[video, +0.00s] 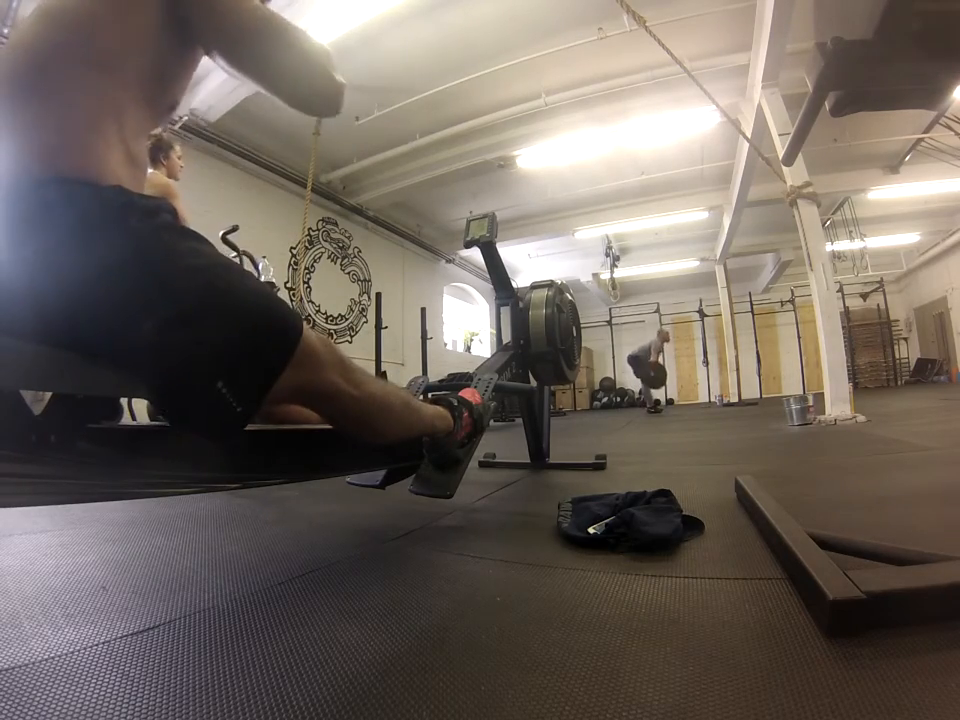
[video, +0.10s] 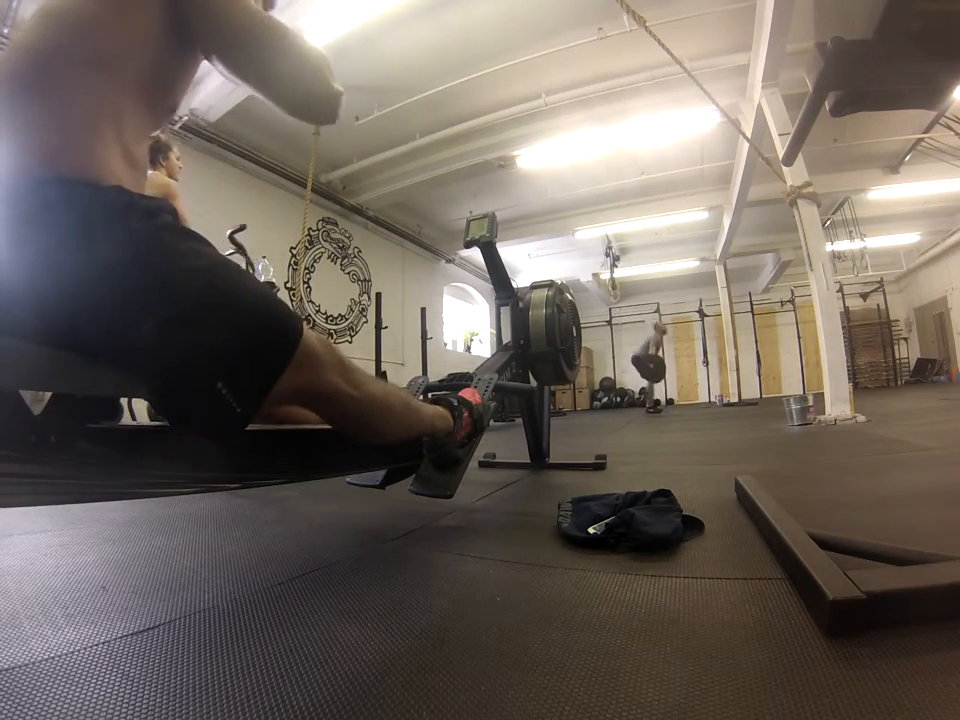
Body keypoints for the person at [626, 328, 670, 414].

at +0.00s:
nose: (668, 336)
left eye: (668, 334)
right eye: (666, 334)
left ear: (660, 335)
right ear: (660, 334)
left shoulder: (659, 344)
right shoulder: (656, 343)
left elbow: (655, 359)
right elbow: (653, 359)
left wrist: (657, 372)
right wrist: (654, 371)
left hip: (639, 358)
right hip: (635, 358)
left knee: (646, 381)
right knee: (645, 381)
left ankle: (650, 404)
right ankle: (650, 405)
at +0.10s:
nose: (665, 328)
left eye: (664, 326)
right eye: (662, 326)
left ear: (658, 329)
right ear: (659, 328)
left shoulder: (658, 338)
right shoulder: (656, 337)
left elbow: (654, 352)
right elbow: (652, 351)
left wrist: (655, 362)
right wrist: (653, 362)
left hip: (643, 358)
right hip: (639, 358)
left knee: (650, 380)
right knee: (650, 379)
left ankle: (650, 403)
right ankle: (649, 405)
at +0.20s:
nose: (655, 323)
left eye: (654, 321)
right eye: (653, 321)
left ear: (647, 323)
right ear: (649, 322)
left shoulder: (649, 332)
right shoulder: (648, 332)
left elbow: (652, 345)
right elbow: (650, 345)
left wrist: (657, 356)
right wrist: (653, 357)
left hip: (649, 359)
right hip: (648, 359)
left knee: (659, 381)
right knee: (658, 381)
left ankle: (653, 402)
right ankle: (650, 405)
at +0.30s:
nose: (645, 317)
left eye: (644, 315)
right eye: (643, 316)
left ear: (639, 319)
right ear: (638, 319)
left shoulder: (643, 328)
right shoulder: (641, 329)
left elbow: (651, 339)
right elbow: (650, 340)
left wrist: (660, 339)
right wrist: (661, 339)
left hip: (650, 355)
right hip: (648, 356)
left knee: (657, 379)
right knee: (656, 379)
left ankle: (652, 403)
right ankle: (651, 405)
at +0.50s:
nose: (647, 326)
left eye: (647, 324)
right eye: (646, 325)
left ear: (648, 326)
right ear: (644, 326)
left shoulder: (651, 336)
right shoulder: (645, 336)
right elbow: (645, 332)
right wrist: (653, 324)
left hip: (650, 365)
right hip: (645, 366)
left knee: (665, 375)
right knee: (664, 375)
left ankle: (651, 393)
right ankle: (649, 393)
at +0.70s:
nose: (672, 349)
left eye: (671, 347)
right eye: (670, 347)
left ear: (667, 349)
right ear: (664, 348)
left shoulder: (664, 359)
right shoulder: (660, 354)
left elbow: (663, 374)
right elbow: (658, 341)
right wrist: (657, 330)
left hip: (653, 381)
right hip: (647, 381)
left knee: (667, 383)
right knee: (666, 382)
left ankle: (659, 404)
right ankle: (658, 405)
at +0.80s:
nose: (673, 353)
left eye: (673, 350)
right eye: (672, 350)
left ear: (667, 351)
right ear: (667, 351)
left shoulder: (665, 360)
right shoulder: (661, 357)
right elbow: (660, 344)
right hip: (649, 384)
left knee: (669, 384)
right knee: (669, 384)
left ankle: (659, 404)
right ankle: (658, 405)